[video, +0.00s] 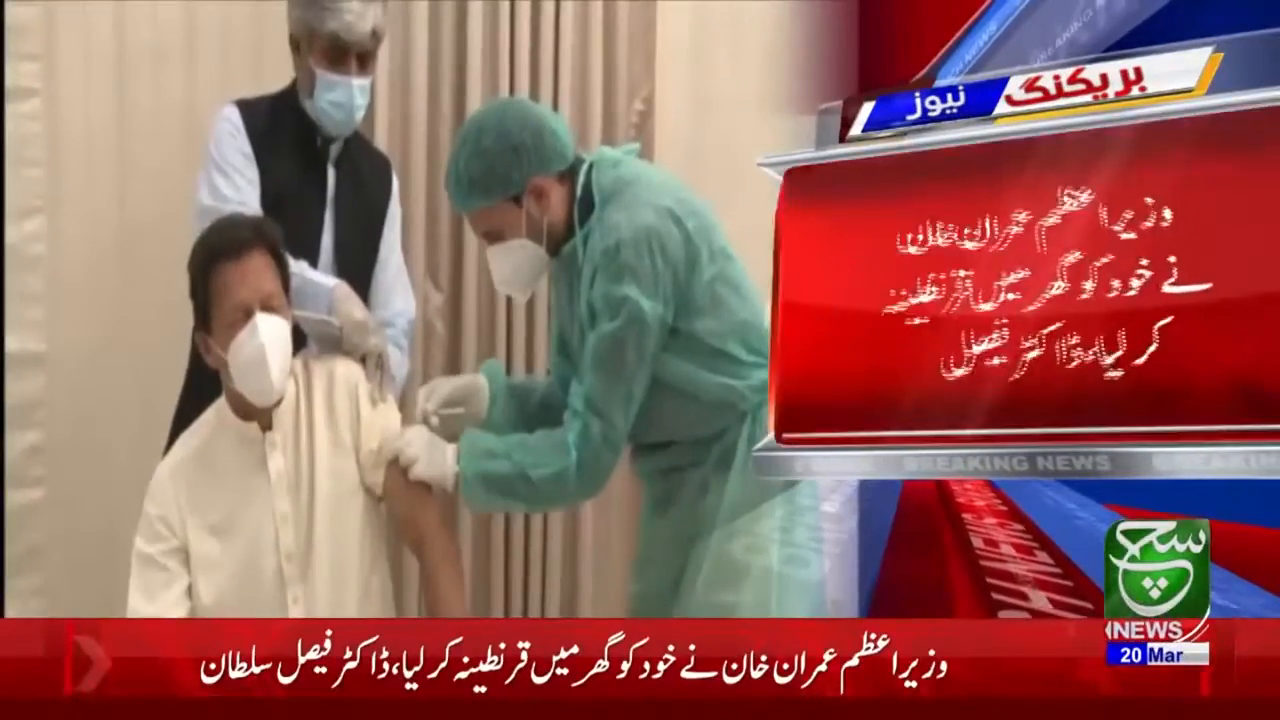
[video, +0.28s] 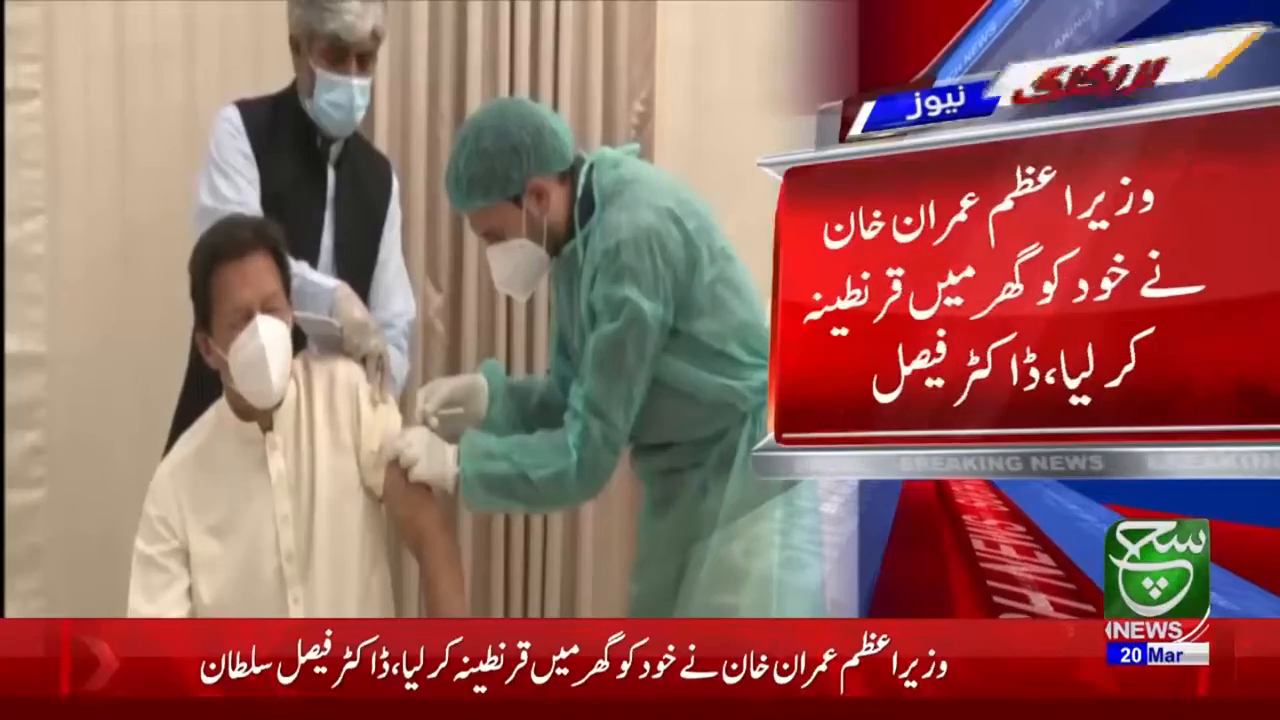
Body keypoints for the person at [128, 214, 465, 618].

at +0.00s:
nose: (263, 329)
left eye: (272, 309)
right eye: (242, 318)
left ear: (291, 312)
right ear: (210, 349)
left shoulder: (343, 390)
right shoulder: (178, 480)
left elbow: (430, 535)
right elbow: (158, 638)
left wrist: (454, 646)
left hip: (363, 670)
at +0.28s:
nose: (263, 331)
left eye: (272, 310)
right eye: (241, 320)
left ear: (291, 313)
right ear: (210, 349)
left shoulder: (343, 391)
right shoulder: (179, 481)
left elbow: (430, 534)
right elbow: (158, 637)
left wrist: (454, 643)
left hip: (363, 670)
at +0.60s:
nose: (265, 333)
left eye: (274, 311)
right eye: (244, 321)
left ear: (294, 314)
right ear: (212, 349)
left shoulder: (345, 392)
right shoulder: (179, 482)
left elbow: (430, 535)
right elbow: (159, 638)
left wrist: (454, 646)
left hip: (364, 673)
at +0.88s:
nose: (265, 336)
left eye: (275, 314)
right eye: (244, 324)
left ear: (295, 317)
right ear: (212, 351)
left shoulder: (345, 395)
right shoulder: (180, 485)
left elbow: (430, 537)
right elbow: (159, 639)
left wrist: (454, 645)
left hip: (364, 674)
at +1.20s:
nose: (266, 337)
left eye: (275, 316)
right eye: (245, 325)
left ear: (295, 319)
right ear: (212, 351)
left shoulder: (345, 397)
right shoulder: (180, 485)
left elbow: (430, 539)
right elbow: (159, 641)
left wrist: (453, 650)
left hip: (364, 675)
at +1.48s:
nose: (266, 339)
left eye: (276, 317)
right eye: (245, 327)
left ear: (295, 320)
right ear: (212, 353)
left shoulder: (346, 399)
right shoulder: (180, 485)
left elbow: (429, 538)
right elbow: (159, 640)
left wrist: (454, 646)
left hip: (364, 675)